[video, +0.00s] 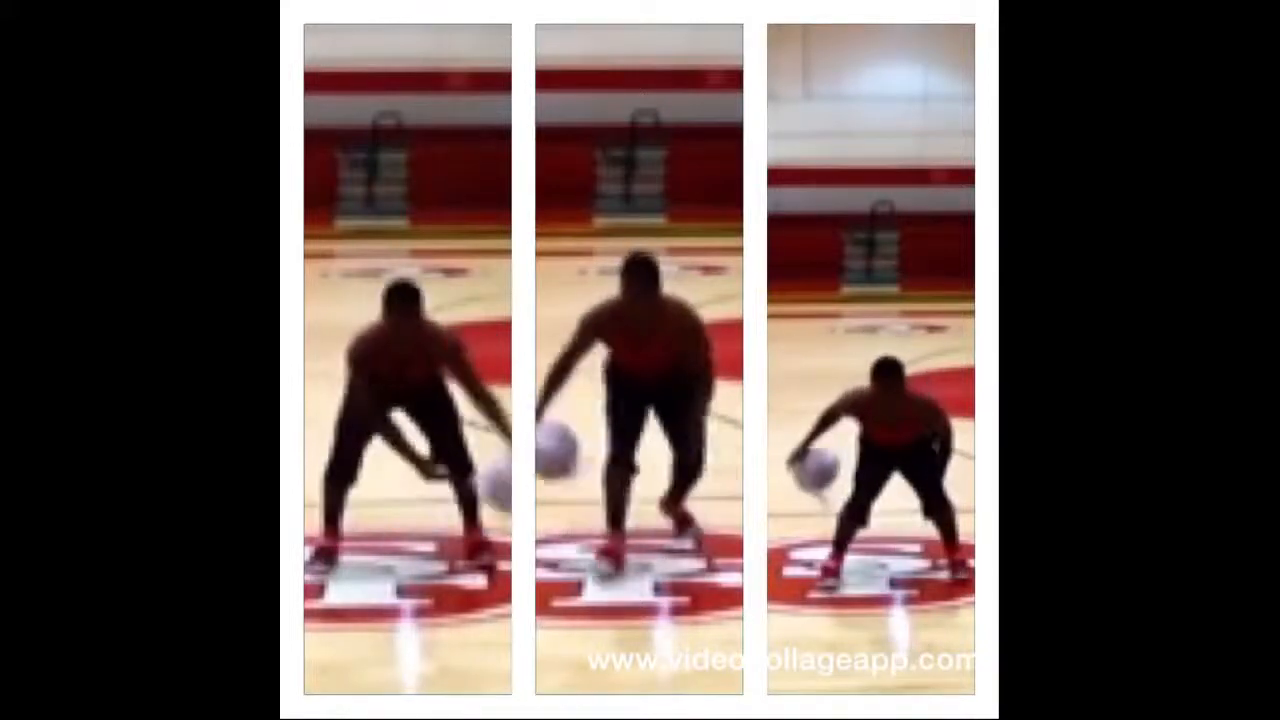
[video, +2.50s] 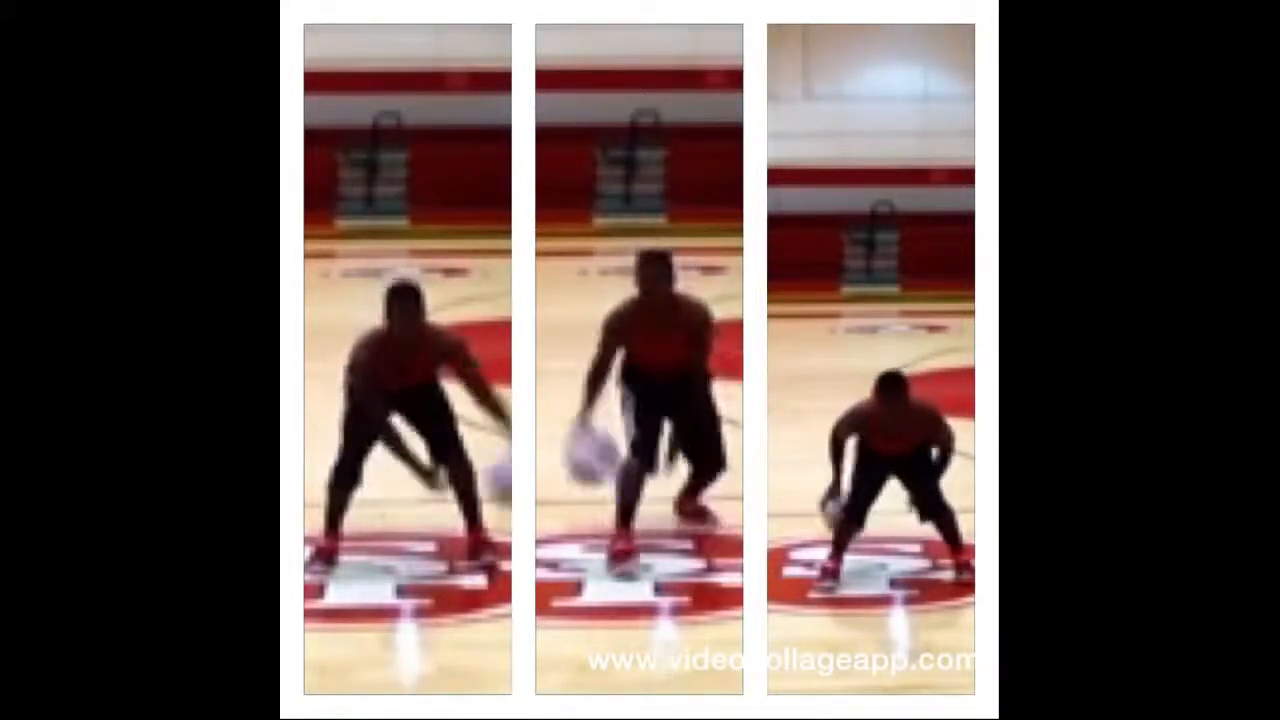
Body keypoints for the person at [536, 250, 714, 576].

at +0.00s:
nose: (638, 301)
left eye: (644, 294)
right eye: (632, 293)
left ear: (656, 290)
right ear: (622, 288)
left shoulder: (681, 319)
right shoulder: (606, 318)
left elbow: (704, 371)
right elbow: (566, 362)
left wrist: (698, 408)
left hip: (675, 385)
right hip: (627, 385)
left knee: (692, 460)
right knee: (620, 460)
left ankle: (673, 503)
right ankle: (615, 536)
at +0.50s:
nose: (663, 288)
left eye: (668, 279)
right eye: (655, 280)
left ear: (678, 277)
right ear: (642, 280)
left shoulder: (697, 304)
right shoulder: (619, 317)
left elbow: (735, 336)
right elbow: (586, 373)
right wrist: (583, 432)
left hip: (671, 378)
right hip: (623, 382)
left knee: (696, 449)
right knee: (609, 453)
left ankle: (694, 514)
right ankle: (600, 521)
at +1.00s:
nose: (651, 281)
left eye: (658, 274)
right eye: (645, 273)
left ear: (669, 274)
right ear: (636, 273)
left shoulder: (693, 310)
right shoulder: (615, 306)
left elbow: (723, 358)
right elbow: (579, 342)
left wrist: (722, 407)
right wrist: (560, 384)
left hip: (688, 376)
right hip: (643, 375)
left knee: (697, 445)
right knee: (615, 450)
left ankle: (723, 510)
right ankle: (620, 516)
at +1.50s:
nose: (669, 288)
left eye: (675, 279)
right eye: (661, 280)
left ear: (684, 279)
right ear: (649, 281)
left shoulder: (706, 313)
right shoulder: (631, 321)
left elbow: (727, 363)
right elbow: (607, 377)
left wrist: (741, 408)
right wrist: (610, 432)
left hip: (692, 382)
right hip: (647, 385)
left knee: (720, 447)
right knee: (642, 455)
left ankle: (695, 497)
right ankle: (631, 530)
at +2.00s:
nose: (657, 291)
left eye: (663, 283)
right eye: (650, 284)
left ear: (674, 284)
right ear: (641, 284)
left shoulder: (693, 324)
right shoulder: (619, 327)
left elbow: (707, 385)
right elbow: (623, 393)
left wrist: (708, 436)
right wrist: (646, 443)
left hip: (677, 396)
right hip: (632, 395)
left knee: (694, 457)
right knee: (591, 458)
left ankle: (717, 525)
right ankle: (618, 516)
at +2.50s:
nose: (651, 289)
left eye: (659, 281)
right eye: (645, 281)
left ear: (671, 280)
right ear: (637, 281)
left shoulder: (696, 317)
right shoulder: (624, 319)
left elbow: (698, 379)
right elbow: (601, 368)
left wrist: (679, 433)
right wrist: (586, 413)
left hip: (687, 386)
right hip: (644, 388)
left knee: (711, 460)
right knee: (642, 456)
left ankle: (688, 501)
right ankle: (623, 531)